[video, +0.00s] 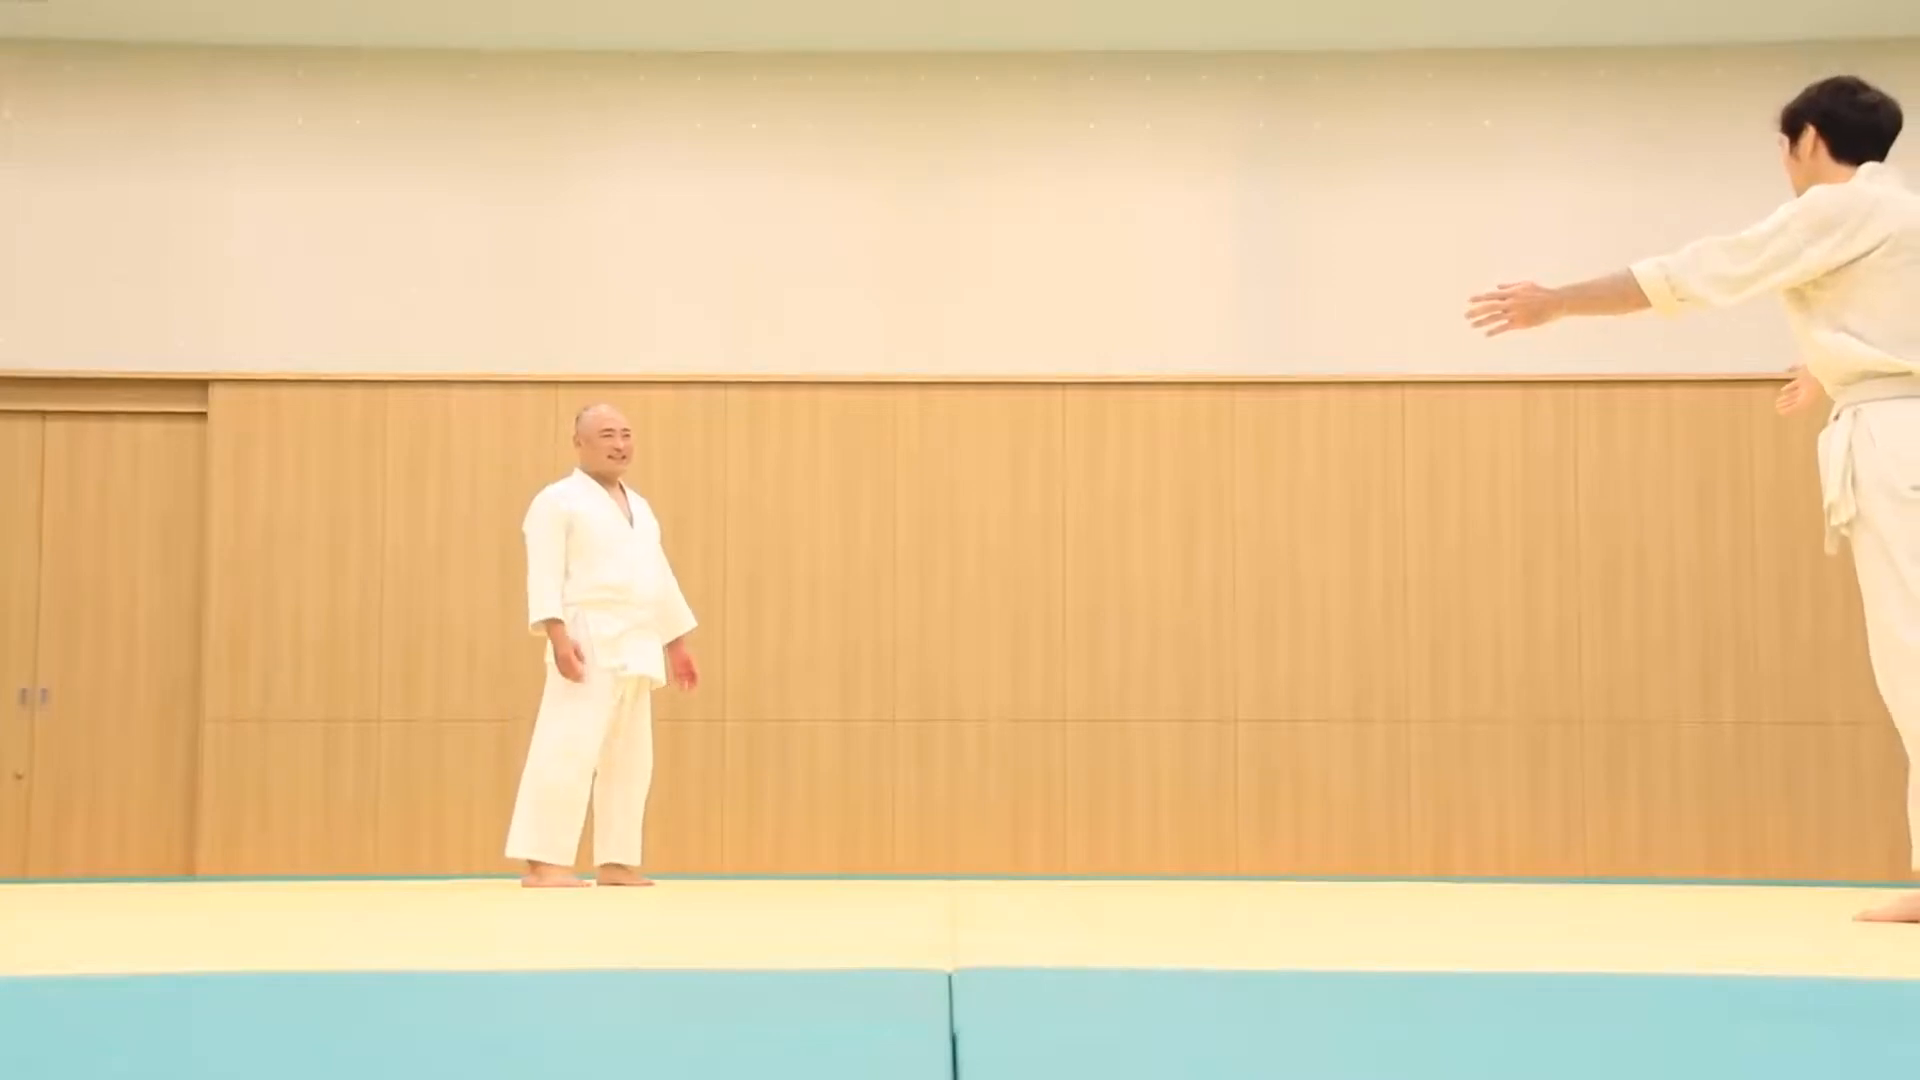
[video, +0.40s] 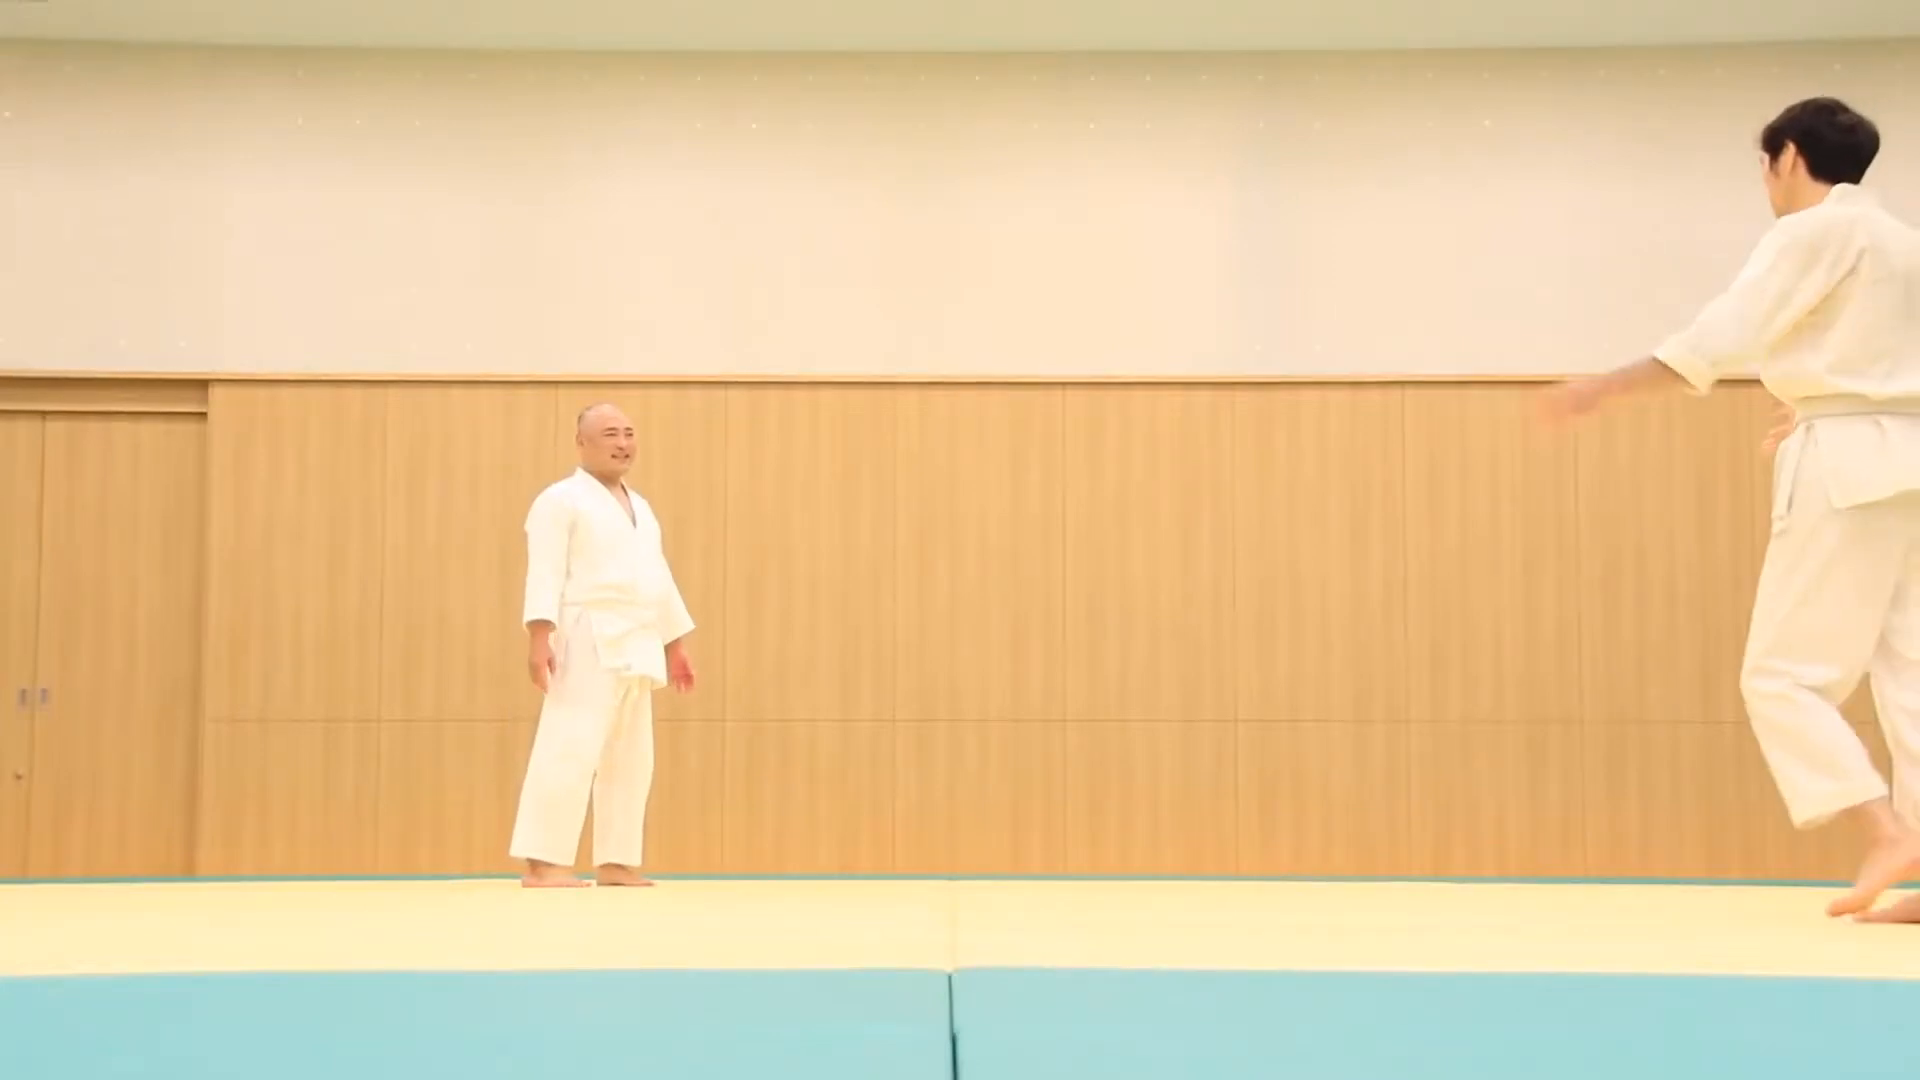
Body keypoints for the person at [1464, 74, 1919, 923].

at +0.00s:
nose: (1788, 169)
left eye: (1789, 150)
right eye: (1788, 152)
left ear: (1817, 141)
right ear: (1869, 144)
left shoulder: (1851, 205)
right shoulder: (1895, 206)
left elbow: (1712, 268)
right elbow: (1904, 334)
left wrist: (1556, 300)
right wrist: (1834, 379)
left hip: (1895, 446)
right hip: (1898, 440)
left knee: (1906, 664)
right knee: (1905, 665)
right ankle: (1918, 884)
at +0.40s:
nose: (1767, 186)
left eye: (1768, 168)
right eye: (1767, 170)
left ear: (1795, 159)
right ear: (1850, 166)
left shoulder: (1817, 228)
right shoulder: (1901, 236)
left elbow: (1726, 334)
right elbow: (1896, 360)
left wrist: (1603, 384)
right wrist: (1814, 413)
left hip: (1852, 468)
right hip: (1909, 464)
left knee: (1781, 674)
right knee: (1902, 673)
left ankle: (1887, 835)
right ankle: (1910, 870)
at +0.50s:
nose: (1749, 191)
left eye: (1750, 174)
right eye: (1749, 175)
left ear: (1776, 169)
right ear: (1833, 174)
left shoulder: (1793, 243)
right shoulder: (1892, 249)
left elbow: (1749, 381)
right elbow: (1899, 368)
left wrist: (1661, 458)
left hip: (1829, 477)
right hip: (1906, 475)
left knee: (1765, 677)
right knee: (1903, 686)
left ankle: (1823, 861)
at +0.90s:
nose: (1642, 223)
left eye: (1642, 206)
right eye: (1640, 207)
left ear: (1666, 200)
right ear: (1725, 201)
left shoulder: (1682, 274)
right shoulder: (1791, 272)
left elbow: (1693, 401)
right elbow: (1832, 408)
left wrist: (1685, 509)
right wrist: (1850, 515)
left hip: (1727, 493)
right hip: (1808, 493)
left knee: (1719, 682)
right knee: (1803, 684)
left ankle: (1742, 883)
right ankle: (1877, 822)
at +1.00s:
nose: (1626, 231)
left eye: (1626, 214)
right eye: (1625, 215)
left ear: (1648, 206)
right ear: (1701, 208)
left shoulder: (1657, 279)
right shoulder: (1774, 277)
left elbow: (1642, 412)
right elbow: (1816, 412)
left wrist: (1608, 523)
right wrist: (1829, 515)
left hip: (1703, 494)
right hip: (1786, 493)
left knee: (1701, 682)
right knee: (1768, 685)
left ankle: (1743, 880)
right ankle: (1810, 834)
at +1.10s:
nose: (1610, 239)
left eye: (1609, 222)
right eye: (1608, 224)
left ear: (1630, 211)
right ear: (1685, 214)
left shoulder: (1643, 282)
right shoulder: (1754, 284)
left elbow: (1601, 411)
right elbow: (1790, 419)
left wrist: (1538, 519)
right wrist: (1792, 523)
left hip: (1686, 489)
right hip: (1761, 491)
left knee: (1689, 674)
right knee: (1742, 676)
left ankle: (1731, 873)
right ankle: (1739, 869)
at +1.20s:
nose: (1595, 250)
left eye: (1595, 234)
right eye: (1594, 235)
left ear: (1616, 226)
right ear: (1667, 226)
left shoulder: (1621, 295)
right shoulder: (1732, 293)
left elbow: (1568, 417)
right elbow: (1778, 423)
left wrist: (1499, 513)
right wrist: (1730, 472)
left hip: (1661, 493)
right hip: (1739, 493)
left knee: (1674, 682)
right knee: (1721, 683)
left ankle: (1739, 876)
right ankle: (1664, 867)